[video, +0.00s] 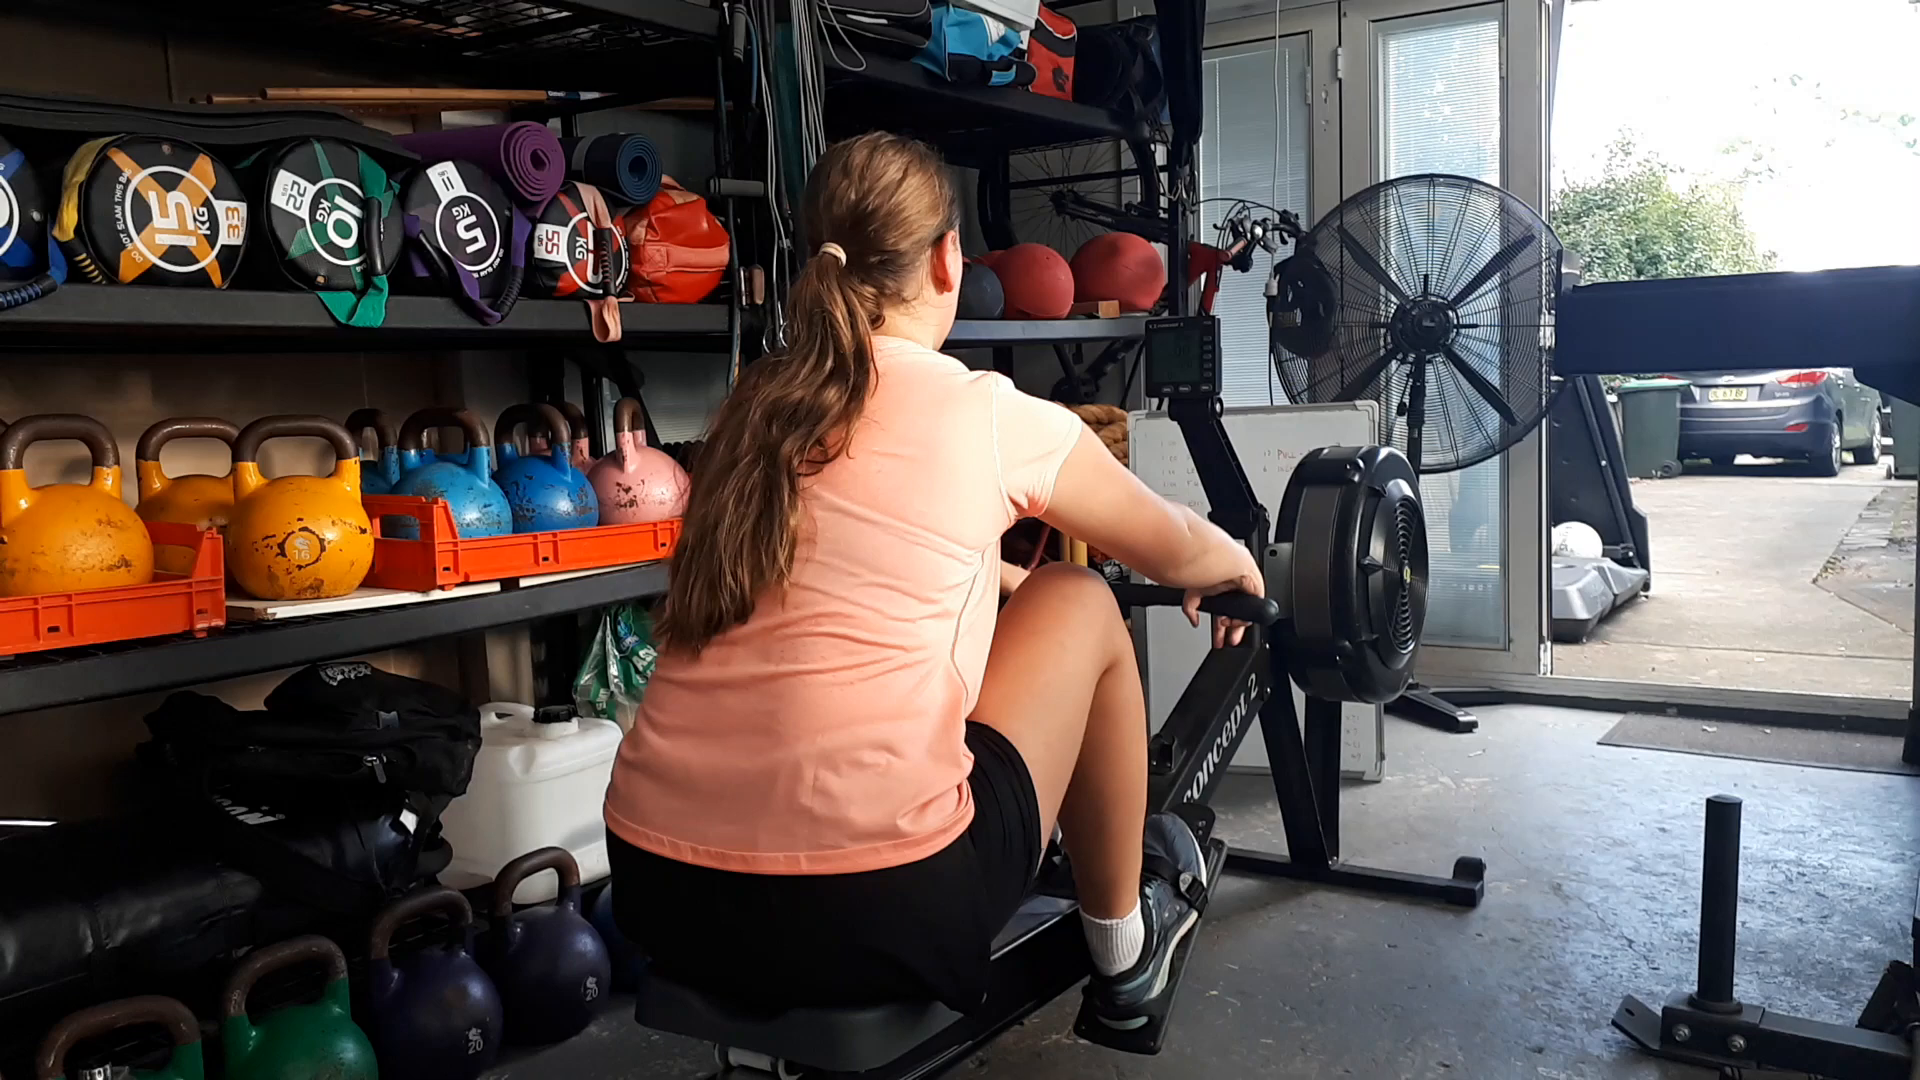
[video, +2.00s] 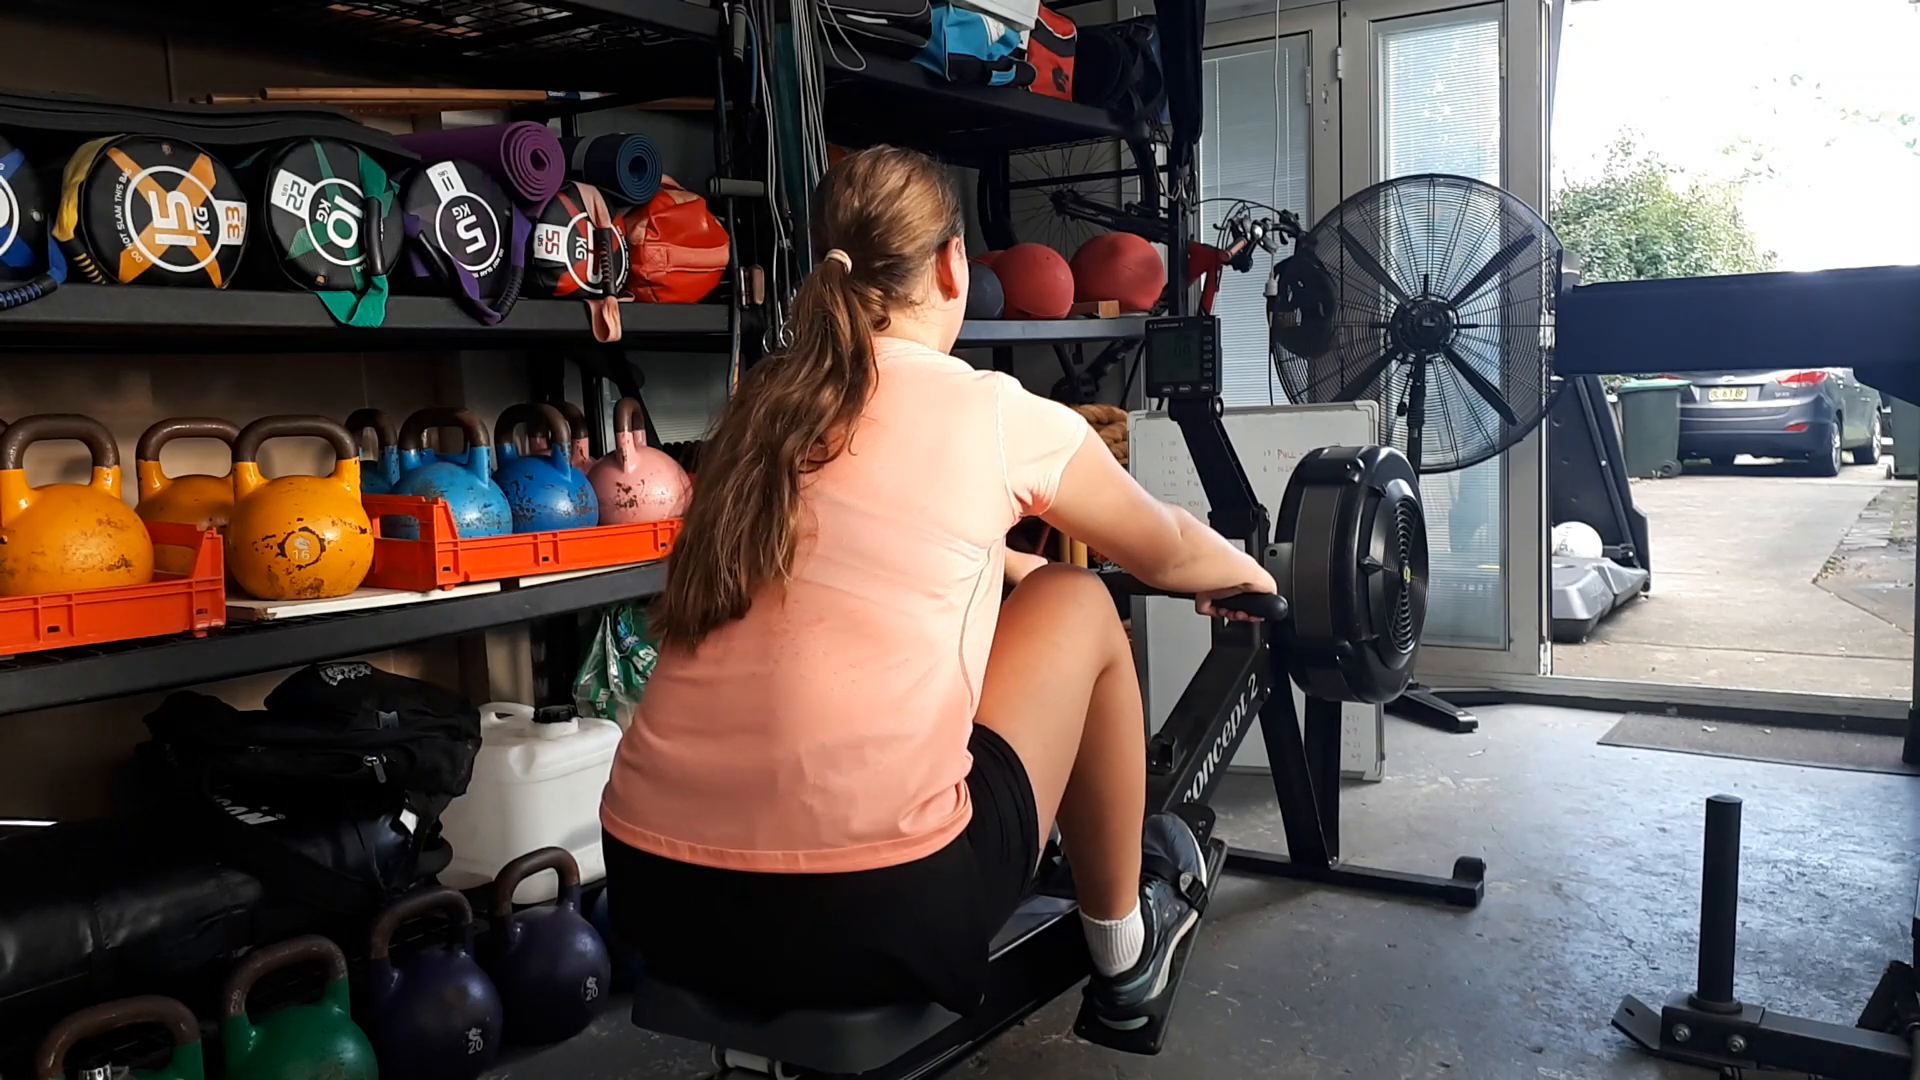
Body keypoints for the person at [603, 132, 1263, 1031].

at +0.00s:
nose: (965, 266)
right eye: (962, 246)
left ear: (817, 263)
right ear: (945, 263)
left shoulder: (753, 399)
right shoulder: (986, 413)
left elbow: (837, 560)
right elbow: (1167, 541)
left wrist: (1005, 576)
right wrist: (1233, 566)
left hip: (667, 903)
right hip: (878, 918)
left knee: (965, 589)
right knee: (1081, 601)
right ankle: (1123, 957)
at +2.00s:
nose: (972, 276)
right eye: (968, 255)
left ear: (826, 273)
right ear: (951, 269)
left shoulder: (760, 400)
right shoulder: (993, 412)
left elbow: (875, 539)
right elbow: (1161, 543)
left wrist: (1045, 579)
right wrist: (1233, 569)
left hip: (665, 907)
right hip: (875, 922)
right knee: (1076, 596)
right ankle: (1123, 964)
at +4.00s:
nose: (934, 264)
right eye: (931, 243)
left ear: (779, 265)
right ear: (914, 261)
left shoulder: (718, 411)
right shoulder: (969, 422)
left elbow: (773, 573)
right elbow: (1113, 550)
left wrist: (940, 572)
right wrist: (1190, 558)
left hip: (623, 917)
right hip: (833, 932)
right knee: (1064, 620)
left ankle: (979, 876)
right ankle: (1126, 955)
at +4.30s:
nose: (798, 234)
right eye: (797, 210)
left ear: (618, 229)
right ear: (767, 225)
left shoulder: (563, 402)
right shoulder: (825, 415)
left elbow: (667, 543)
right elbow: (1003, 560)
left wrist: (843, 550)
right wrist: (1101, 558)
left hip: (510, 969)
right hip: (719, 976)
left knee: (813, 617)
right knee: (1021, 663)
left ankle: (939, 883)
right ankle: (1123, 947)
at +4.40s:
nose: (727, 244)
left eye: (726, 214)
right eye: (726, 211)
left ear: (541, 210)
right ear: (688, 214)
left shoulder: (467, 397)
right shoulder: (746, 415)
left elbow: (590, 543)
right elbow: (947, 571)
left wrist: (786, 555)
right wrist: (1049, 556)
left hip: (424, 997)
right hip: (657, 1007)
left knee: (800, 689)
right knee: (1002, 710)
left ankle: (930, 888)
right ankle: (1122, 947)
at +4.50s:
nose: (647, 260)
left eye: (649, 228)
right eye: (646, 225)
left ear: (453, 212)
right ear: (597, 217)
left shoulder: (359, 400)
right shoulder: (640, 414)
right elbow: (879, 591)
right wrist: (987, 567)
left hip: (369, 1005)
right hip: (599, 1022)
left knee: (790, 736)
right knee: (973, 760)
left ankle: (941, 896)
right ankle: (1126, 943)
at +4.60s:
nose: (562, 269)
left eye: (564, 234)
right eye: (560, 232)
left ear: (357, 218)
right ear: (507, 232)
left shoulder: (246, 416)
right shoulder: (525, 434)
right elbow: (811, 644)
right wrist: (922, 591)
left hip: (323, 1035)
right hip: (568, 1035)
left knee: (787, 787)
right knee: (943, 817)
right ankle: (1116, 926)